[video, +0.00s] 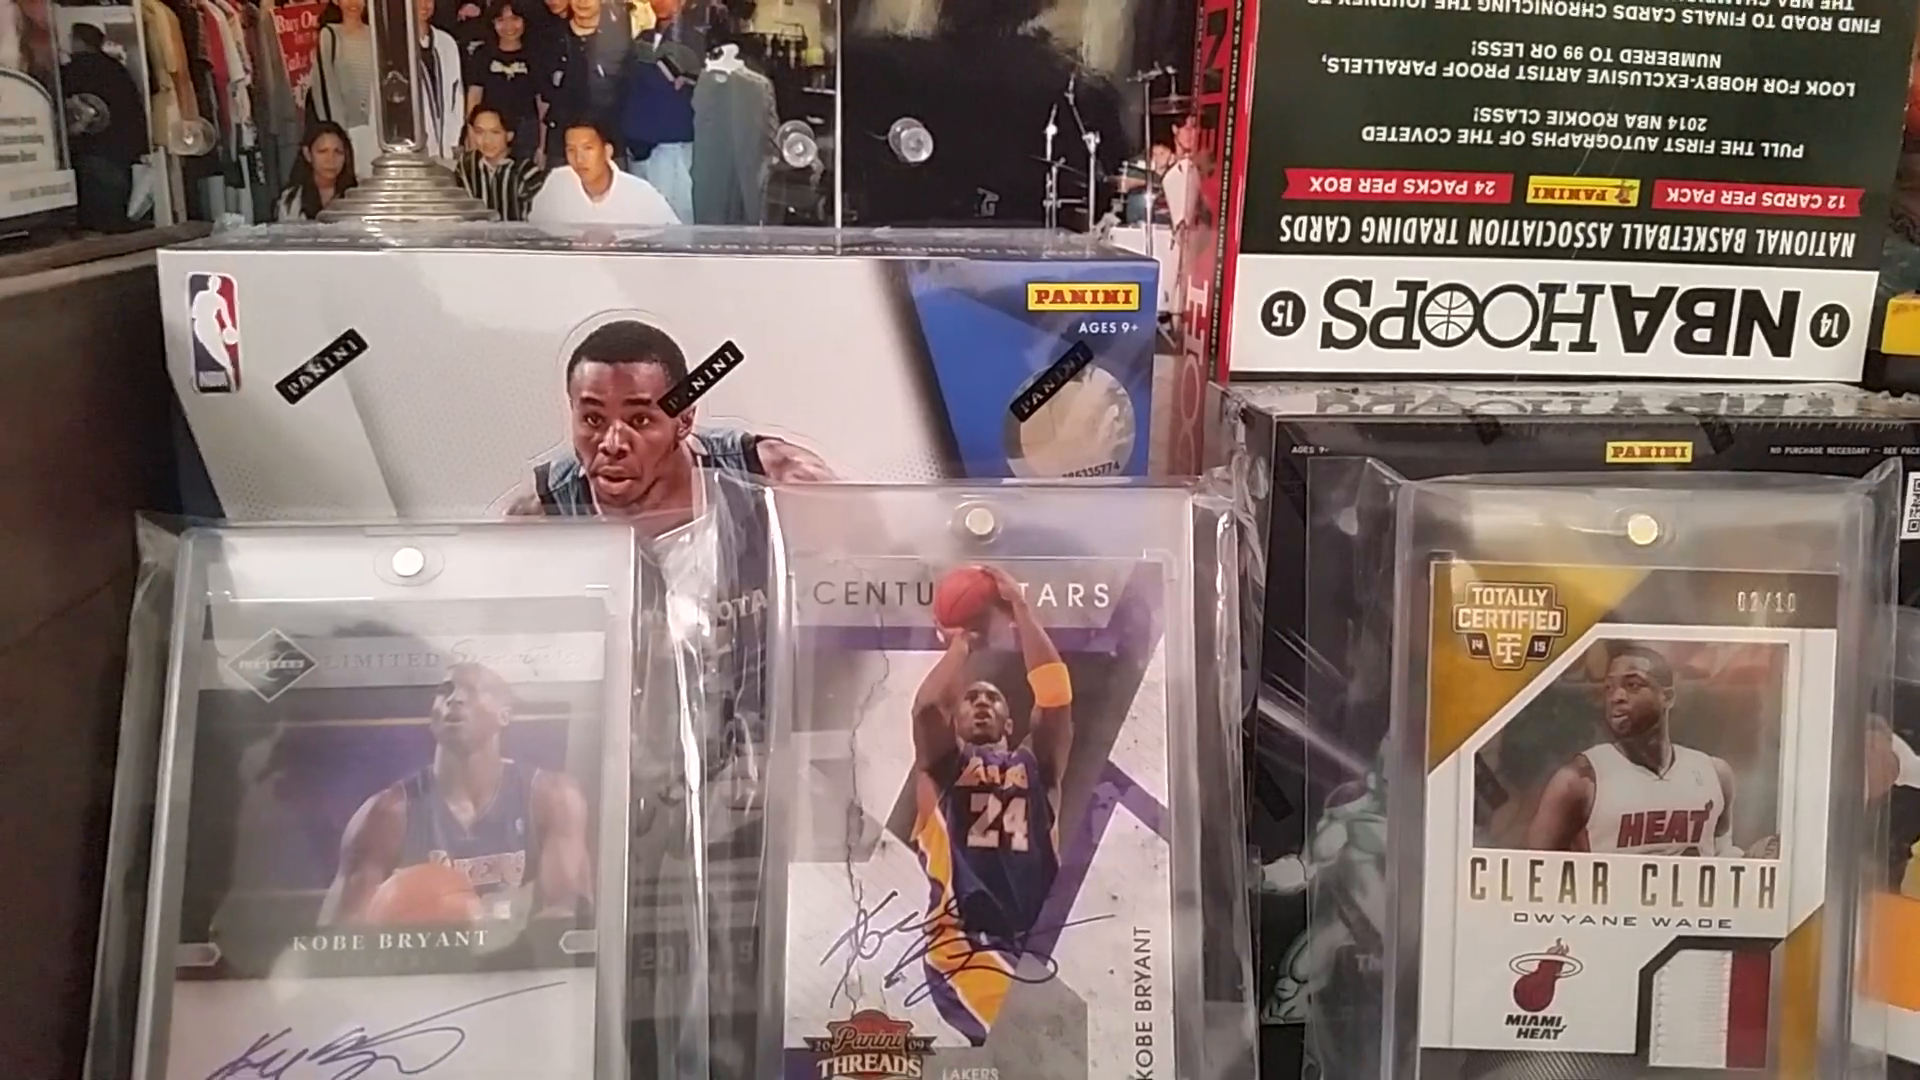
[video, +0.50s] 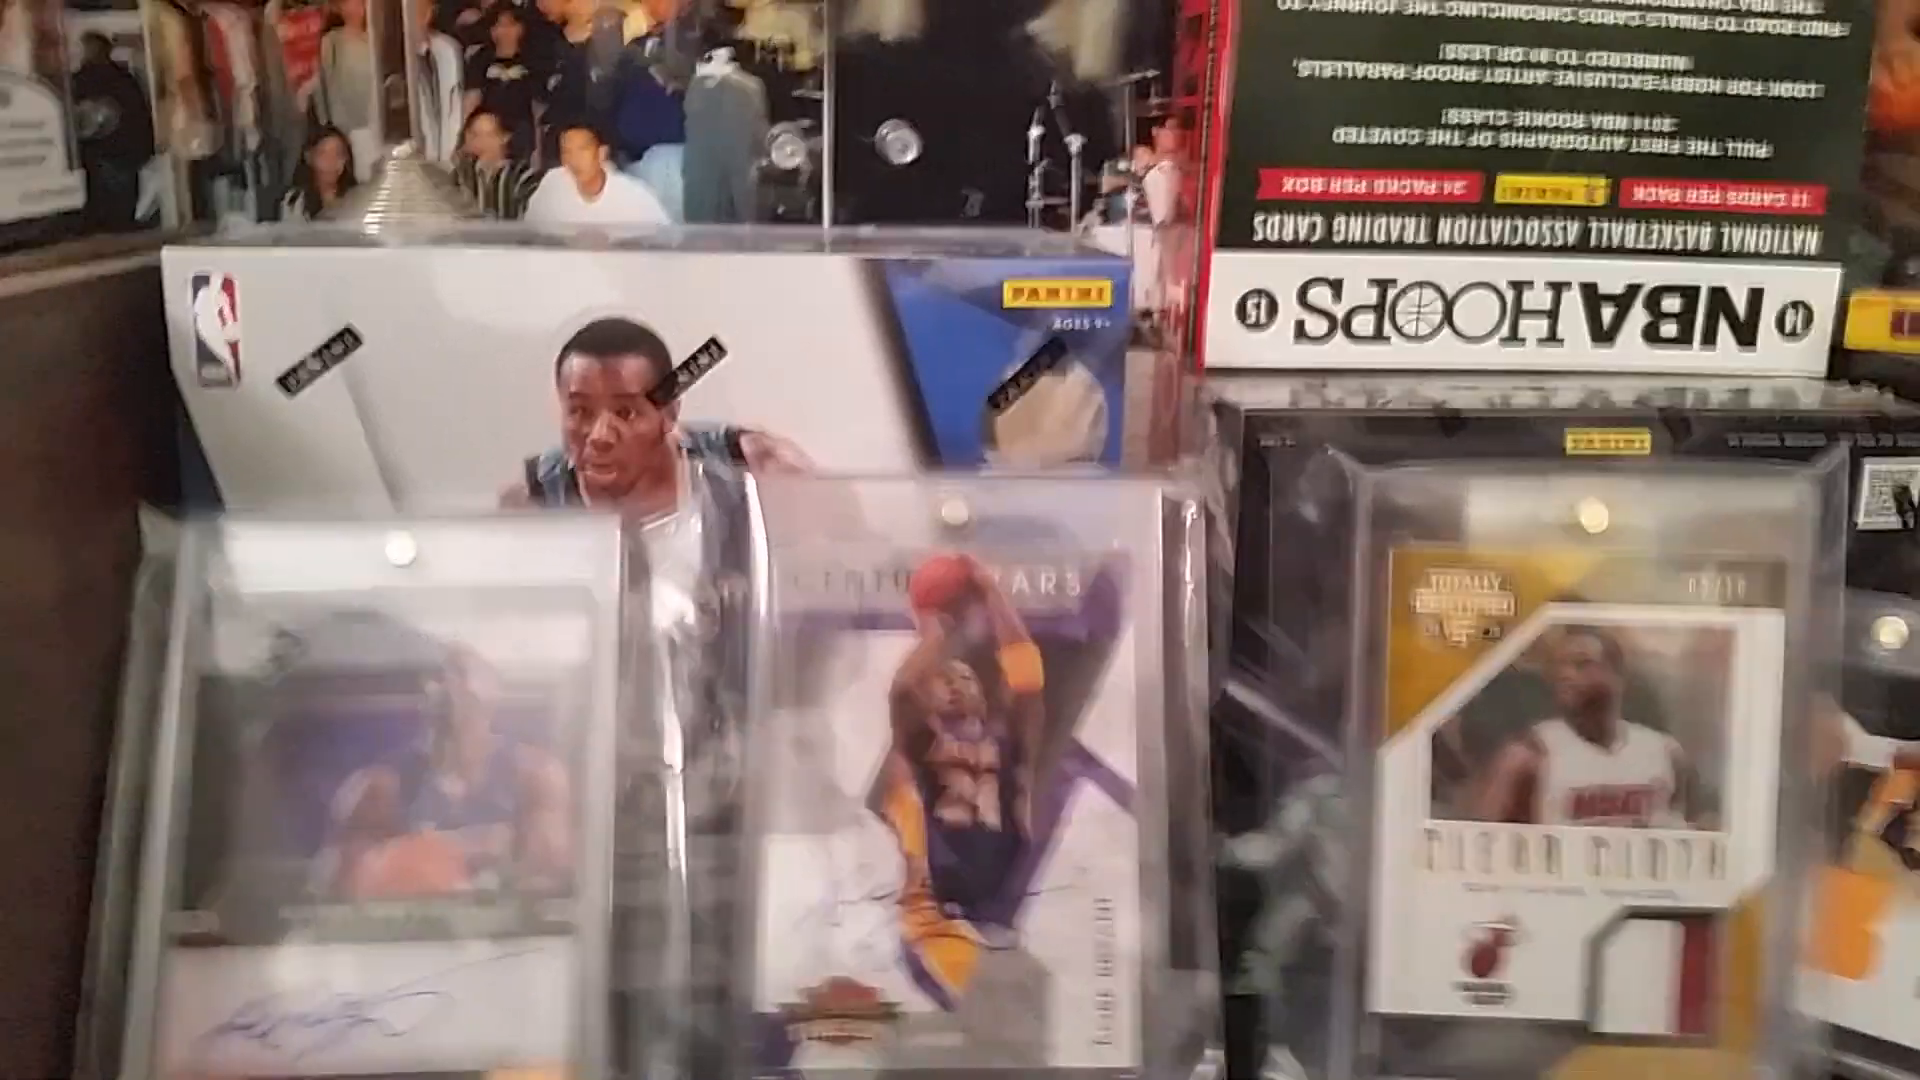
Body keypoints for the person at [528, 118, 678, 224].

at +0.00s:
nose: (579, 160)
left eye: (588, 149)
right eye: (571, 151)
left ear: (607, 151)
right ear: (565, 154)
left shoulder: (640, 192)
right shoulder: (557, 182)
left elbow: (678, 240)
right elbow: (532, 231)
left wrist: (619, 243)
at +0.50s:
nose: (573, 159)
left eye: (583, 149)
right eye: (567, 151)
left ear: (602, 153)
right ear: (561, 156)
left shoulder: (633, 193)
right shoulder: (553, 183)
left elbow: (669, 239)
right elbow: (528, 232)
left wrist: (614, 244)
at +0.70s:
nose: (506, 156)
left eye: (514, 147)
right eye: (500, 148)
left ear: (534, 148)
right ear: (494, 152)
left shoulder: (565, 189)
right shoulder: (484, 180)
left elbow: (601, 234)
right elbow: (460, 227)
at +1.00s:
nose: (462, 154)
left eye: (471, 144)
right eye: (455, 146)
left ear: (490, 147)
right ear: (449, 150)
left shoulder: (522, 186)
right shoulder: (442, 177)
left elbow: (559, 233)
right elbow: (418, 226)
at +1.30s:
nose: (441, 156)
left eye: (449, 146)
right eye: (433, 148)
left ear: (467, 148)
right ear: (428, 153)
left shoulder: (499, 187)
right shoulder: (420, 178)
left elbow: (536, 232)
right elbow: (396, 227)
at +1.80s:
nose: (479, 154)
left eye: (488, 144)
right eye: (471, 146)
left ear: (506, 146)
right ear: (466, 150)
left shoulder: (536, 184)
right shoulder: (458, 176)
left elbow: (573, 229)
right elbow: (434, 223)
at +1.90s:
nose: (488, 153)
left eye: (497, 143)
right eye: (481, 145)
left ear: (515, 145)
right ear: (476, 150)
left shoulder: (546, 183)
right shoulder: (468, 175)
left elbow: (583, 228)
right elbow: (445, 223)